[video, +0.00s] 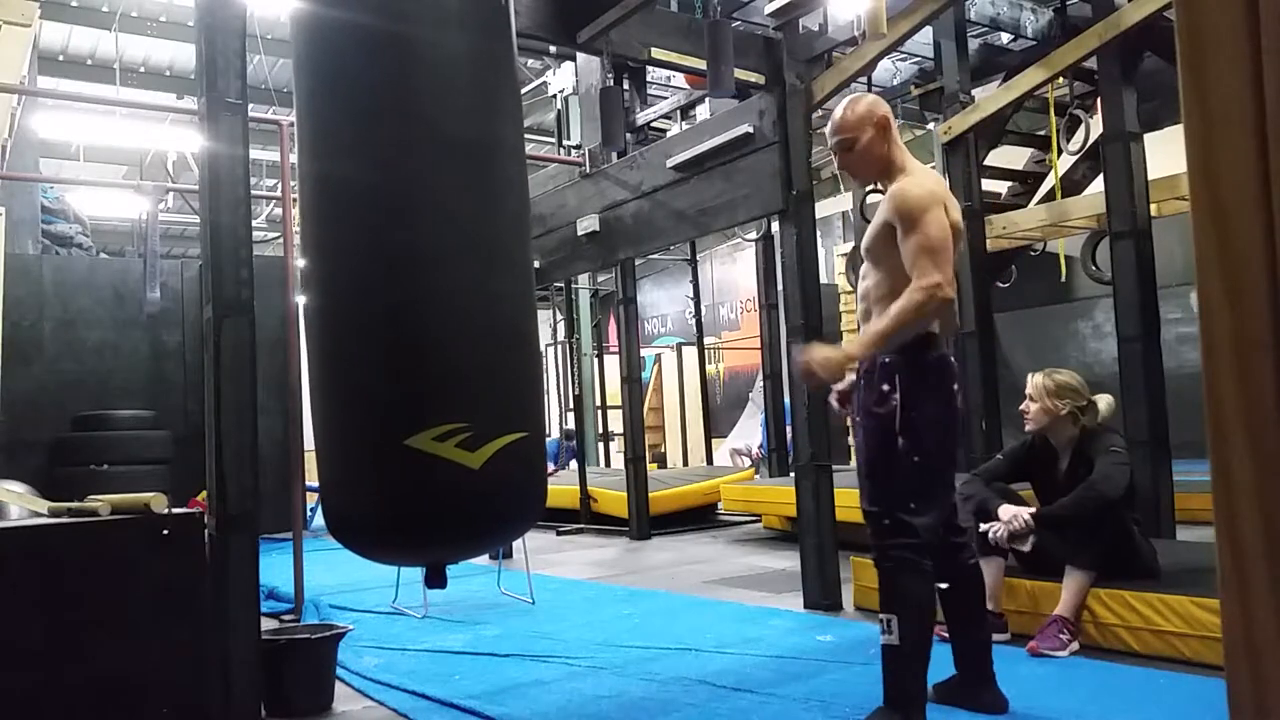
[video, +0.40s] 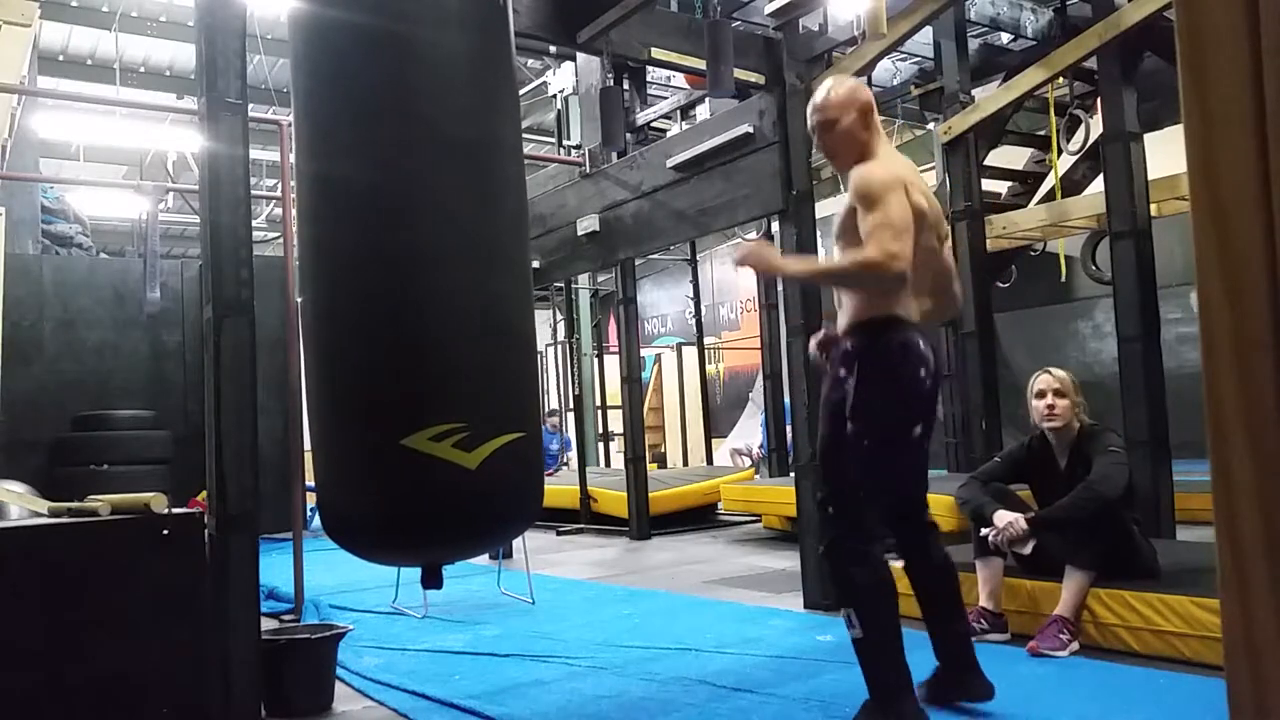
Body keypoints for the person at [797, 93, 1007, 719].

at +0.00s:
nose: (836, 160)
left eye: (843, 145)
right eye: (833, 148)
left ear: (881, 132)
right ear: (879, 137)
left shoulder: (915, 191)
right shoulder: (907, 193)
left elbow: (933, 288)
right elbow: (899, 302)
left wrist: (850, 353)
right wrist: (863, 378)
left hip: (906, 378)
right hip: (913, 375)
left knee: (897, 537)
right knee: (942, 527)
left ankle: (902, 704)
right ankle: (975, 678)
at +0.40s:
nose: (820, 144)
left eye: (824, 128)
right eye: (815, 133)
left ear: (862, 115)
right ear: (870, 117)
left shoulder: (874, 176)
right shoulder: (913, 179)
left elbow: (888, 258)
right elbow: (945, 298)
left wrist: (784, 264)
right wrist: (851, 327)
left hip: (873, 361)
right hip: (912, 358)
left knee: (849, 534)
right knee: (909, 520)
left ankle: (891, 700)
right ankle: (961, 671)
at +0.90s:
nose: (834, 158)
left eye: (843, 143)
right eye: (830, 146)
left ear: (883, 134)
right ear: (883, 138)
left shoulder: (886, 196)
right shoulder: (930, 199)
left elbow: (878, 287)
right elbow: (956, 317)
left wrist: (791, 354)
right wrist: (859, 345)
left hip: (891, 380)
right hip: (929, 377)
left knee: (859, 555)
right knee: (921, 539)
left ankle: (900, 709)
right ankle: (986, 682)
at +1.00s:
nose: (840, 155)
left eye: (849, 141)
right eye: (836, 143)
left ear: (887, 133)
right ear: (892, 138)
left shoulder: (892, 196)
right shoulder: (932, 195)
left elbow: (895, 300)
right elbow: (954, 308)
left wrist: (858, 395)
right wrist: (861, 343)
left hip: (902, 373)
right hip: (938, 370)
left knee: (873, 546)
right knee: (936, 533)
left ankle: (901, 706)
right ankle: (987, 681)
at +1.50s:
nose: (836, 125)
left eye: (846, 111)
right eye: (833, 114)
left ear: (882, 107)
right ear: (887, 113)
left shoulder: (886, 163)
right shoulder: (928, 172)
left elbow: (904, 246)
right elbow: (975, 275)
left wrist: (806, 290)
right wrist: (904, 303)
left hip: (881, 341)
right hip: (925, 343)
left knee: (838, 515)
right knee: (911, 517)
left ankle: (874, 691)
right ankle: (960, 670)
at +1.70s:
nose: (817, 143)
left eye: (827, 129)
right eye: (814, 132)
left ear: (871, 125)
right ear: (872, 134)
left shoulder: (849, 182)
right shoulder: (914, 199)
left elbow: (808, 237)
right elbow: (977, 299)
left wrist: (694, 248)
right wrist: (918, 348)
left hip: (873, 378)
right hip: (914, 379)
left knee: (828, 549)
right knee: (883, 552)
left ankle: (825, 711)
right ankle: (942, 695)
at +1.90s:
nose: (808, 122)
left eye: (821, 107)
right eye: (803, 112)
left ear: (863, 106)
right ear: (803, 119)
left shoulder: (875, 175)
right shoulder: (836, 191)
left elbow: (959, 220)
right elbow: (809, 299)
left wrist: (951, 291)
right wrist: (737, 278)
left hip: (854, 389)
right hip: (828, 389)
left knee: (770, 547)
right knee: (851, 539)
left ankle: (790, 711)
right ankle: (935, 673)